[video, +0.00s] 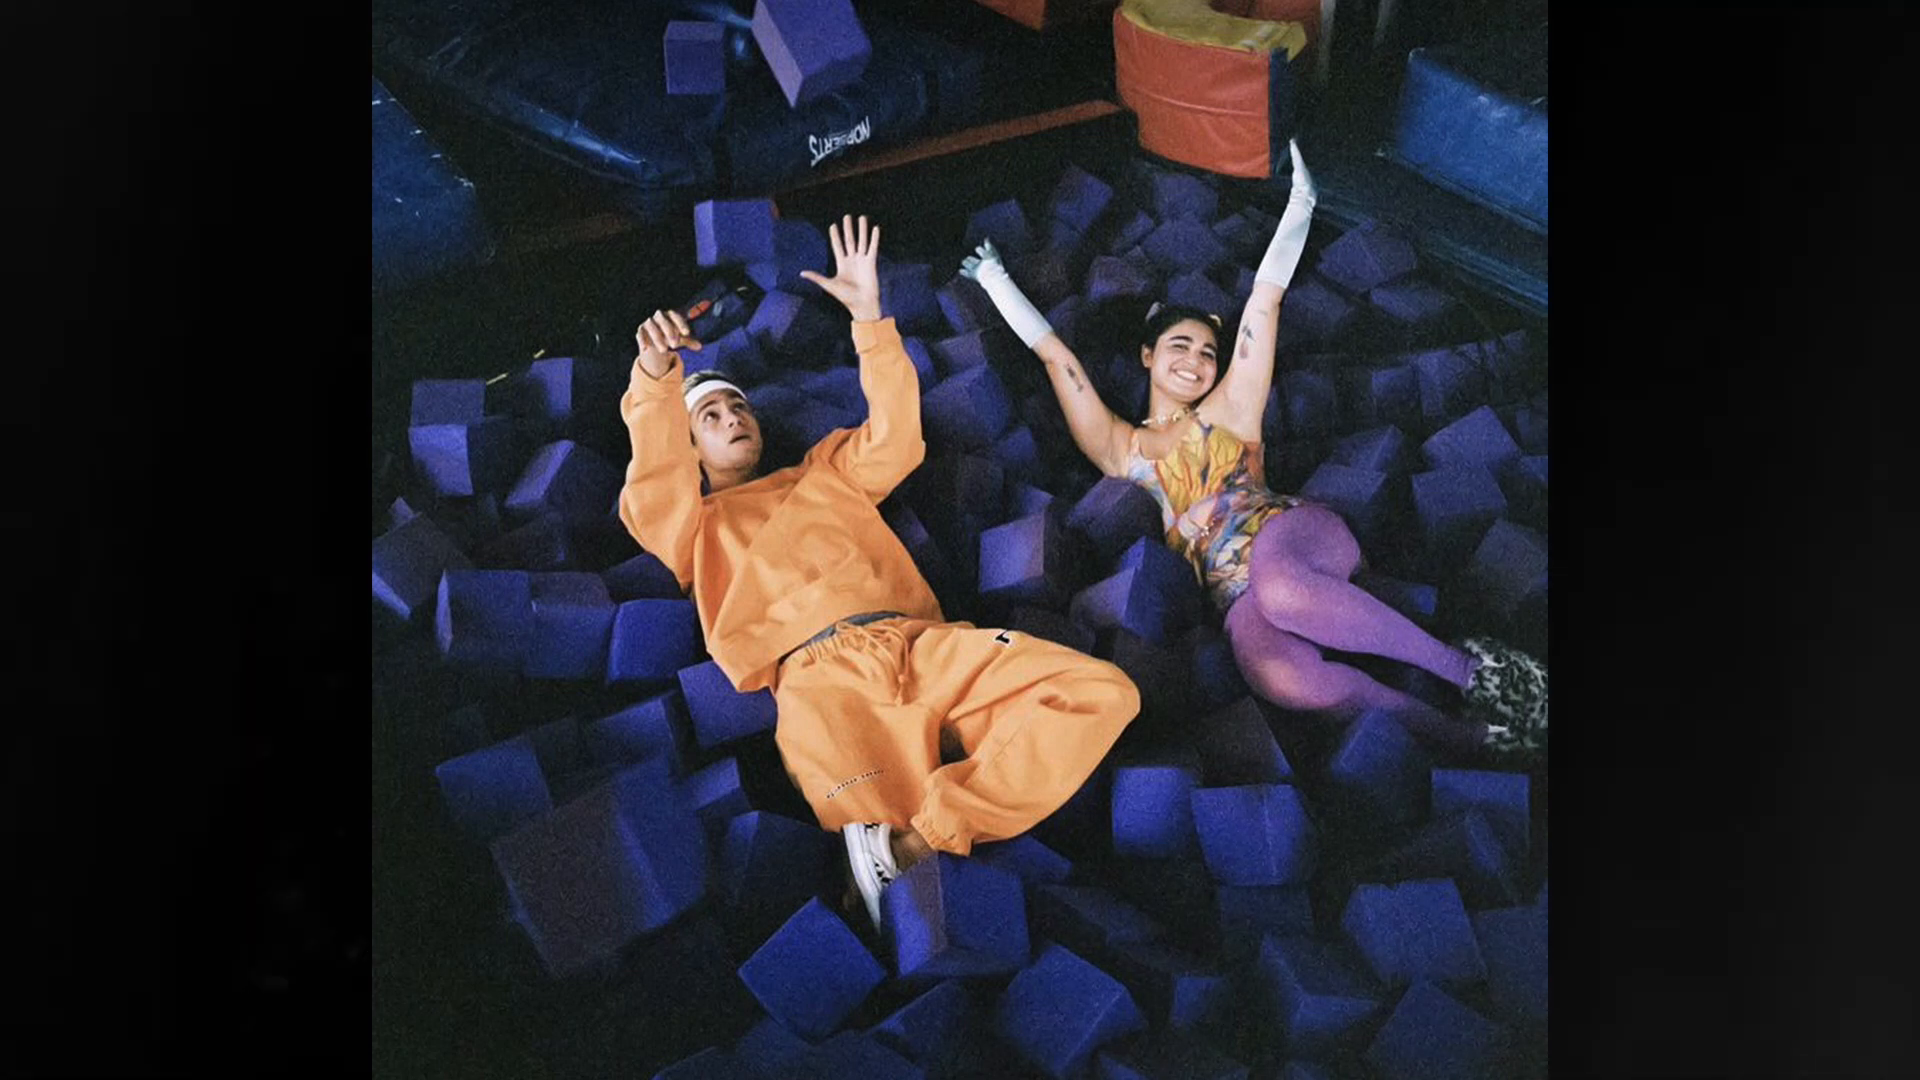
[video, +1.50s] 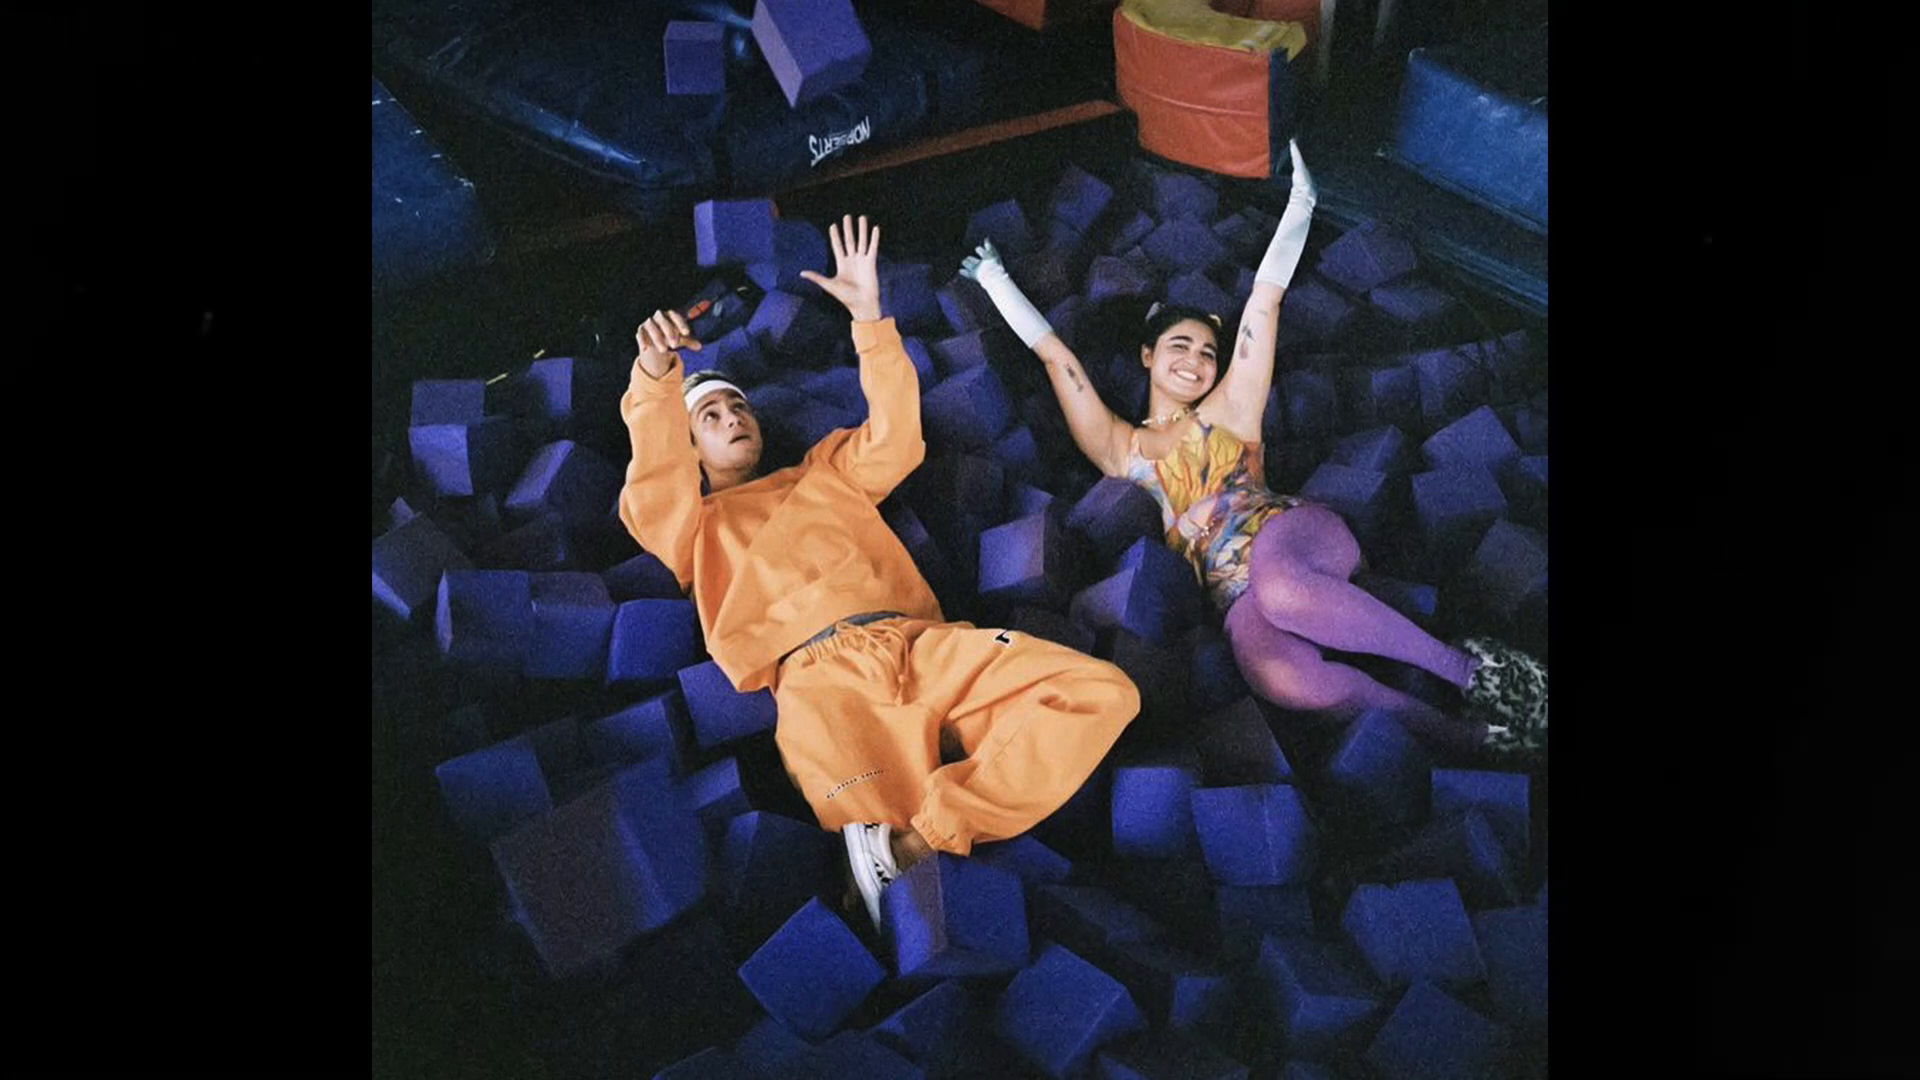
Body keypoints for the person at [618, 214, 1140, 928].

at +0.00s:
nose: (730, 418)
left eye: (738, 407)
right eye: (709, 415)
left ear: (761, 426)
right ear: (688, 449)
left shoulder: (827, 468)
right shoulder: (696, 525)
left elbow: (895, 435)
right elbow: (654, 477)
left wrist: (868, 317)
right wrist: (655, 374)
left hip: (917, 640)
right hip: (819, 673)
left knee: (1094, 693)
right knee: (880, 826)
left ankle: (915, 841)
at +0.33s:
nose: (730, 418)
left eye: (738, 407)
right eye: (709, 415)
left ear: (761, 426)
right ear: (688, 449)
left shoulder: (827, 468)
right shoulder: (696, 525)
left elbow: (895, 435)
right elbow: (654, 477)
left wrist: (868, 317)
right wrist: (655, 373)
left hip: (917, 640)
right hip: (819, 673)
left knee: (1094, 693)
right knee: (880, 826)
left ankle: (915, 841)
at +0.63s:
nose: (730, 418)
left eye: (738, 407)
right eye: (709, 415)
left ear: (761, 426)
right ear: (688, 449)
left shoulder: (827, 468)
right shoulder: (696, 525)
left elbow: (895, 435)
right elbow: (654, 477)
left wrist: (868, 317)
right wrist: (655, 374)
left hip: (917, 640)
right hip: (819, 673)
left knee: (1094, 693)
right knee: (880, 827)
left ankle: (915, 841)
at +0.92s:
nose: (730, 418)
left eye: (738, 407)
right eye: (709, 415)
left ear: (761, 426)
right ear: (688, 449)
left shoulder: (827, 468)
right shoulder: (696, 525)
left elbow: (895, 435)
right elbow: (654, 477)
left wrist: (868, 317)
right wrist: (655, 373)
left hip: (917, 640)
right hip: (819, 673)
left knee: (1094, 693)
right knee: (880, 827)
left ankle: (915, 841)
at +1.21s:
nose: (730, 418)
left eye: (738, 407)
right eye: (709, 415)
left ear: (761, 426)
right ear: (688, 449)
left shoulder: (827, 468)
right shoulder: (696, 525)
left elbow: (895, 435)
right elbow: (654, 477)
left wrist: (868, 317)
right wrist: (655, 374)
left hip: (917, 640)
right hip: (819, 673)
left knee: (1094, 693)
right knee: (880, 827)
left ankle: (915, 841)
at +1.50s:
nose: (730, 418)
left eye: (738, 407)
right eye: (709, 415)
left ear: (761, 426)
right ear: (688, 449)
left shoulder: (827, 468)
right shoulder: (696, 525)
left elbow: (895, 435)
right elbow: (654, 477)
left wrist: (868, 317)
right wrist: (655, 374)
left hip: (917, 640)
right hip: (819, 673)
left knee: (1094, 693)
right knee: (880, 827)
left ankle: (915, 841)